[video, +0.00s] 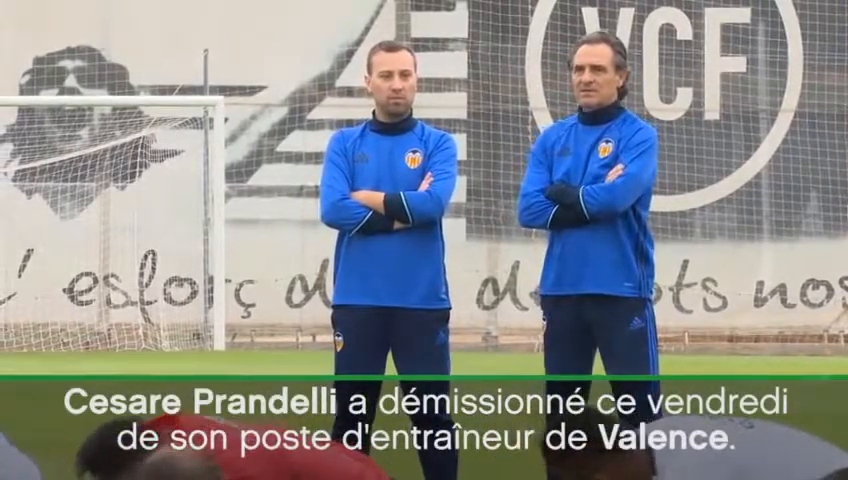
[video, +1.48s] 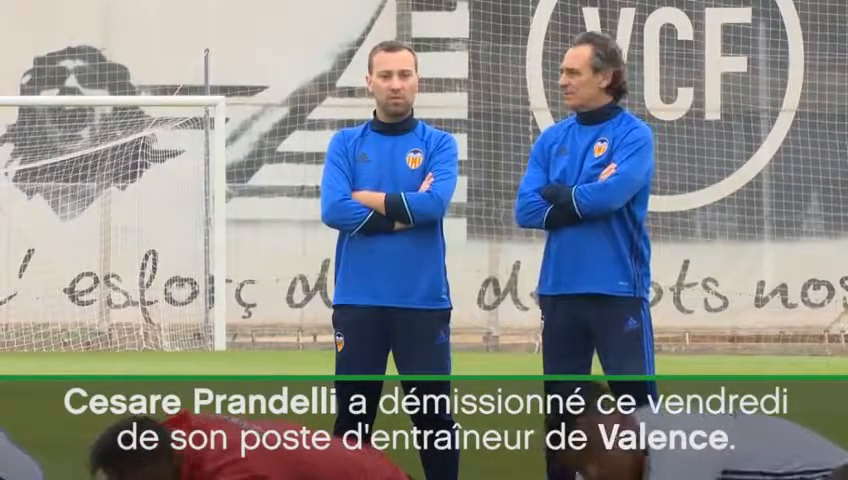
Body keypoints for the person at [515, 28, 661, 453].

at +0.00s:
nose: (586, 78)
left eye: (598, 69)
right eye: (578, 69)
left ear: (621, 78)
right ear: (571, 77)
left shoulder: (638, 134)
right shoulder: (549, 138)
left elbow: (618, 197)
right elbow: (528, 210)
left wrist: (559, 192)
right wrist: (598, 200)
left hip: (622, 292)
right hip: (562, 293)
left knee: (639, 411)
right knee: (561, 412)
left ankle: (641, 476)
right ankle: (564, 476)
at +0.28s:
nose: (585, 78)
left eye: (597, 69)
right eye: (579, 69)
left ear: (621, 78)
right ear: (571, 77)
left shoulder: (638, 135)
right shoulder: (549, 138)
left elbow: (617, 195)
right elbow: (529, 210)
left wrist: (557, 192)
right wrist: (598, 198)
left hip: (622, 292)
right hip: (561, 292)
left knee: (638, 408)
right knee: (561, 410)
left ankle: (644, 477)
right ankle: (561, 478)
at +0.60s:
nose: (585, 77)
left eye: (597, 69)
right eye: (578, 69)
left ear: (620, 78)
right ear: (570, 77)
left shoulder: (638, 134)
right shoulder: (547, 139)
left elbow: (619, 195)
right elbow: (528, 210)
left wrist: (557, 192)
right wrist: (598, 200)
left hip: (622, 291)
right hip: (561, 292)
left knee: (639, 410)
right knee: (560, 412)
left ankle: (643, 475)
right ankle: (562, 475)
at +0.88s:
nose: (583, 80)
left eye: (594, 71)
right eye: (576, 71)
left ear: (618, 78)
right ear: (569, 78)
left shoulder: (636, 133)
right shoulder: (549, 140)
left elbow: (618, 194)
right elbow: (529, 213)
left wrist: (557, 193)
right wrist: (598, 191)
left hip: (623, 292)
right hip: (563, 293)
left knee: (639, 411)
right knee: (564, 412)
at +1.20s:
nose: (572, 80)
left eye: (583, 72)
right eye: (569, 71)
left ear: (614, 79)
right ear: (565, 76)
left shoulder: (636, 133)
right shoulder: (549, 139)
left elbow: (616, 195)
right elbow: (528, 211)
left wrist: (556, 192)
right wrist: (597, 193)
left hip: (621, 294)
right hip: (562, 294)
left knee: (638, 412)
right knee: (563, 413)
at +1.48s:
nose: (563, 80)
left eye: (574, 72)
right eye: (563, 72)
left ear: (606, 79)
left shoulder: (634, 134)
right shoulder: (549, 138)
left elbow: (610, 195)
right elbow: (525, 210)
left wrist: (553, 193)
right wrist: (589, 198)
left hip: (618, 292)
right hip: (560, 291)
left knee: (636, 407)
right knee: (562, 408)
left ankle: (650, 474)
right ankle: (561, 477)